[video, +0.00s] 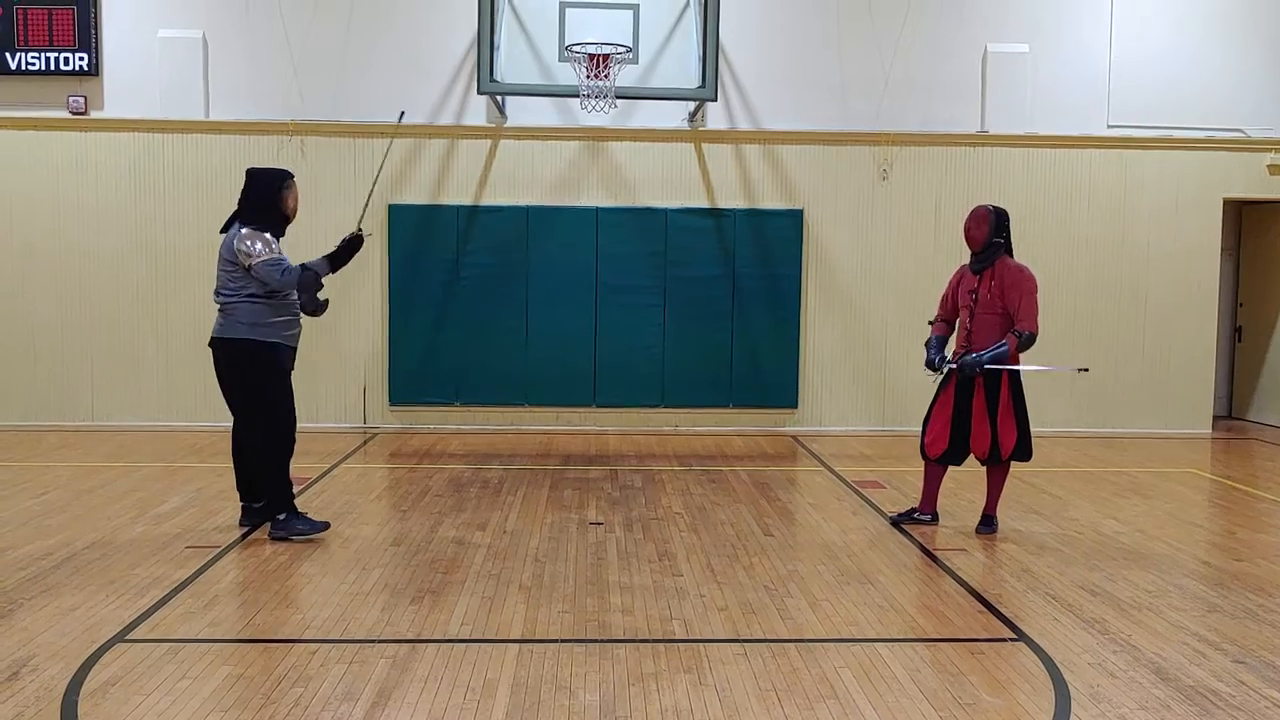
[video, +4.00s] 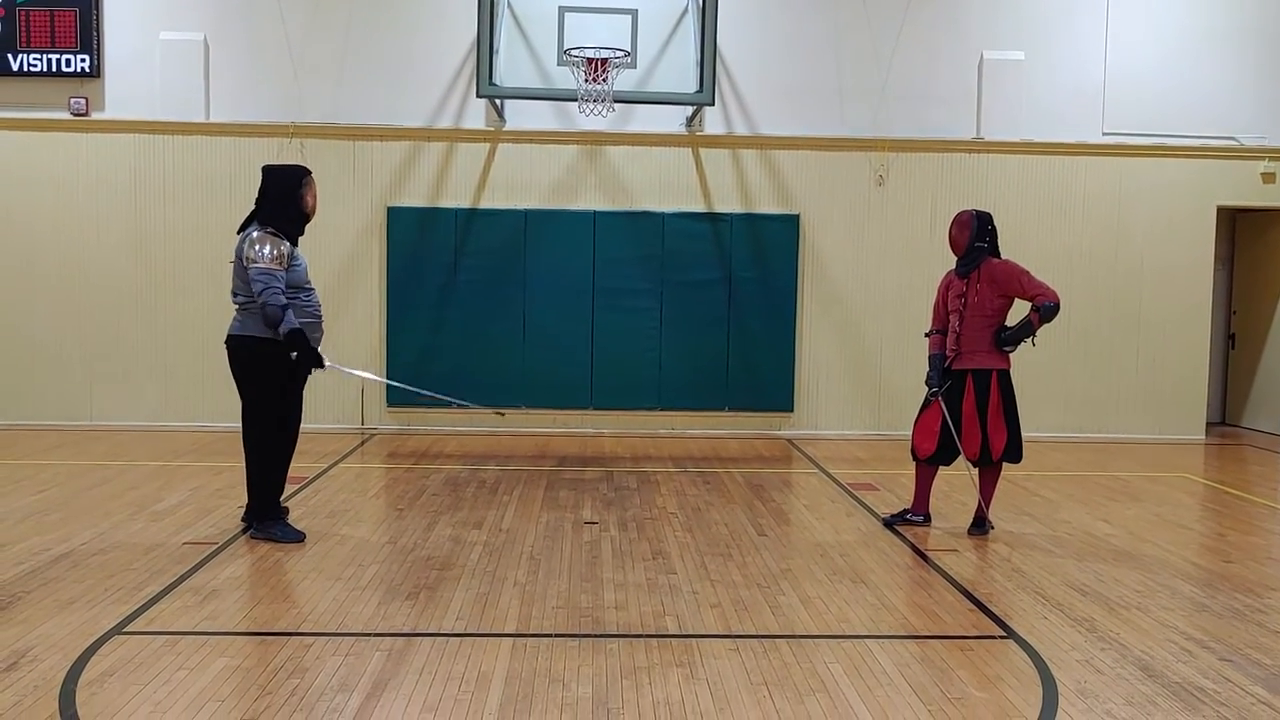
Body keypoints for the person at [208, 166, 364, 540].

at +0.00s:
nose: (296, 203)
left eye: (295, 195)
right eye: (292, 195)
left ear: (268, 196)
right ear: (273, 197)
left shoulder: (248, 234)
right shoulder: (251, 236)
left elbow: (273, 287)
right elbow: (285, 279)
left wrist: (304, 299)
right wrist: (334, 260)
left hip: (244, 346)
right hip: (253, 348)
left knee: (251, 427)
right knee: (277, 427)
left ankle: (255, 506)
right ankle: (283, 515)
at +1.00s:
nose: (289, 242)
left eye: (287, 234)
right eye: (284, 234)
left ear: (255, 236)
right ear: (266, 237)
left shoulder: (236, 274)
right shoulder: (249, 275)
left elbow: (247, 336)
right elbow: (281, 316)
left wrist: (292, 349)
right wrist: (326, 289)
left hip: (241, 384)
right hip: (253, 388)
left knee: (247, 469)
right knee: (266, 471)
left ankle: (243, 553)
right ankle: (256, 559)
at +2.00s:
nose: (304, 228)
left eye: (303, 220)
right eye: (299, 220)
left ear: (277, 223)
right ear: (279, 222)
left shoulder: (277, 266)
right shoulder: (259, 265)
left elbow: (303, 310)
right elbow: (294, 312)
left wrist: (332, 297)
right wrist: (328, 292)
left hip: (280, 375)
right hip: (261, 374)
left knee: (277, 457)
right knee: (268, 458)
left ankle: (262, 538)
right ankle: (262, 545)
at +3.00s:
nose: (305, 222)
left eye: (304, 214)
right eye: (300, 214)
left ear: (278, 217)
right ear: (281, 217)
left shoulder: (271, 261)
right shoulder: (256, 257)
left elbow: (284, 310)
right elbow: (275, 308)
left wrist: (318, 306)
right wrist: (316, 289)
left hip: (272, 369)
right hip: (257, 368)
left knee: (265, 451)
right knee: (266, 452)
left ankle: (251, 532)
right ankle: (258, 538)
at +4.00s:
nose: (315, 203)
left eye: (314, 195)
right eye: (311, 195)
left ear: (286, 196)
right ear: (291, 197)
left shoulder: (274, 237)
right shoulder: (266, 239)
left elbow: (274, 297)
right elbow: (269, 295)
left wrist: (302, 341)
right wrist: (295, 337)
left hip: (273, 347)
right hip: (262, 346)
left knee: (277, 429)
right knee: (270, 430)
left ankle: (263, 509)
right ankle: (264, 517)